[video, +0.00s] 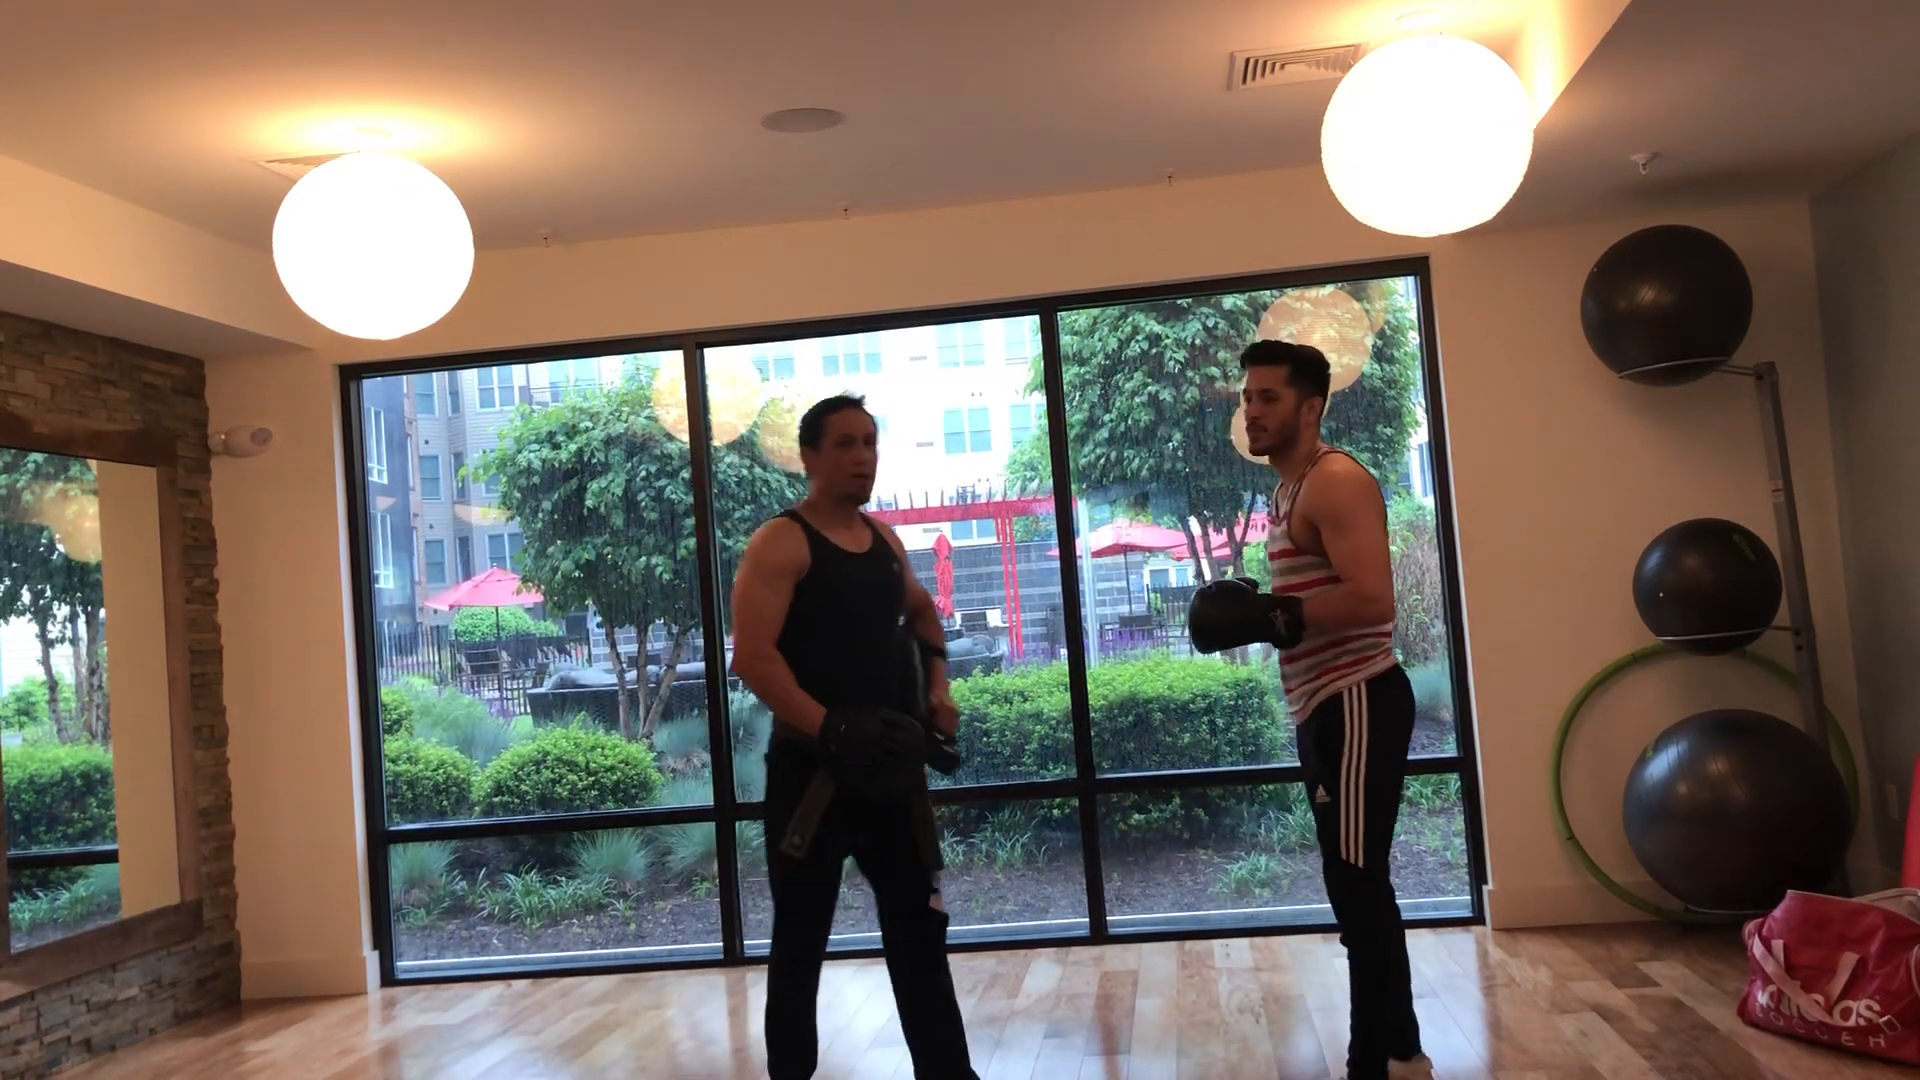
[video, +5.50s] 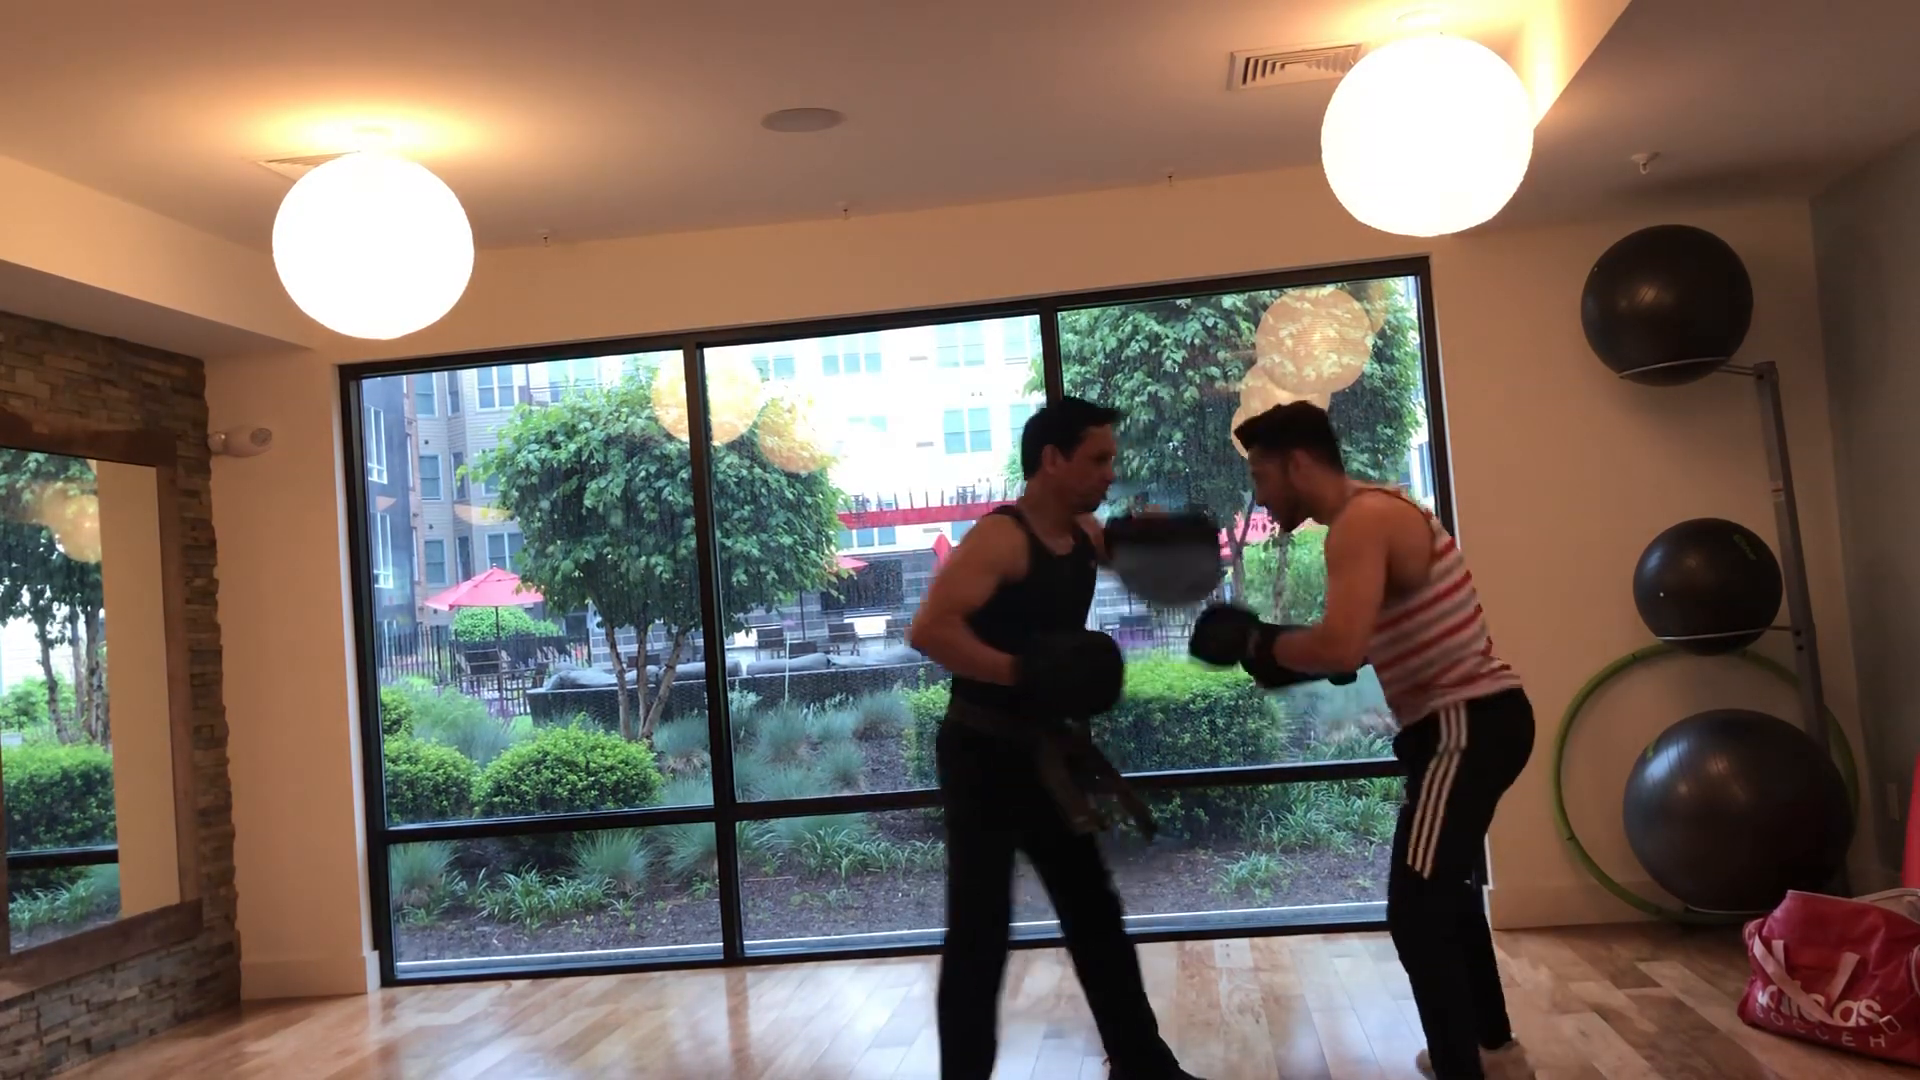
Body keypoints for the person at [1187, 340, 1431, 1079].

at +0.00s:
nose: (1252, 411)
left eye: (1268, 397)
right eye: (1248, 398)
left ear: (1311, 405)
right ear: (1251, 405)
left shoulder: (1338, 480)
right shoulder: (1293, 488)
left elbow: (1374, 602)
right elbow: (1321, 596)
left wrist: (1273, 615)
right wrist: (1255, 609)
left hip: (1360, 698)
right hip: (1328, 701)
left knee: (1356, 883)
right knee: (1354, 881)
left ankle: (1371, 1064)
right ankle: (1399, 1045)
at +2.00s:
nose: (1237, 413)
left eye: (1245, 398)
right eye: (1238, 399)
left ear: (1283, 397)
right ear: (1291, 400)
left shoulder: (1337, 475)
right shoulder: (1321, 478)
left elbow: (1354, 603)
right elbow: (1337, 597)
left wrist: (1263, 613)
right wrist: (1261, 608)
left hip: (1365, 698)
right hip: (1343, 699)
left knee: (1370, 879)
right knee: (1348, 874)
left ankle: (1402, 1062)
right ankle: (1432, 1041)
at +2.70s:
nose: (1232, 483)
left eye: (1234, 465)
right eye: (1227, 468)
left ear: (1270, 450)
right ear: (1286, 448)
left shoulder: (1297, 496)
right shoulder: (1368, 476)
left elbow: (1331, 597)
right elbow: (1355, 603)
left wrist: (1262, 626)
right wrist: (1265, 585)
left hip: (1408, 698)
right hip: (1461, 686)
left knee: (1364, 893)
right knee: (1427, 870)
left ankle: (1388, 1068)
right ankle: (1465, 1037)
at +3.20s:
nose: (1229, 540)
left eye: (1234, 520)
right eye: (1226, 523)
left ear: (1277, 514)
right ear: (1283, 514)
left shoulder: (1352, 578)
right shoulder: (1346, 566)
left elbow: (1294, 708)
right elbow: (1299, 686)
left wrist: (1243, 627)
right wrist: (1251, 634)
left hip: (1483, 759)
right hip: (1455, 757)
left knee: (1389, 934)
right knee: (1407, 924)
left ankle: (1431, 1072)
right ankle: (1474, 1058)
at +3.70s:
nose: (1258, 505)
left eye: (1260, 483)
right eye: (1251, 490)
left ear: (1305, 463)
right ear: (1316, 468)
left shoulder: (1336, 523)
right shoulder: (1388, 506)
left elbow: (1351, 628)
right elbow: (1385, 632)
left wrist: (1260, 652)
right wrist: (1296, 618)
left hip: (1456, 728)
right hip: (1487, 718)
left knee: (1427, 912)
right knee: (1445, 900)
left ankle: (1452, 1069)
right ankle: (1483, 1051)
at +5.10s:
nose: (1269, 554)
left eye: (1274, 539)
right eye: (1268, 539)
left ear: (1315, 535)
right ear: (1320, 533)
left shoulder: (1414, 601)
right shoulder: (1359, 580)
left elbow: (1349, 731)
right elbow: (1383, 662)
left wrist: (1293, 646)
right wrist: (1320, 702)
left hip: (1508, 752)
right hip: (1458, 750)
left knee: (1414, 919)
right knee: (1427, 914)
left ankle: (1458, 1075)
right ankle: (1547, 1038)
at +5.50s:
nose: (1258, 495)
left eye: (1259, 476)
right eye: (1254, 480)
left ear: (1298, 462)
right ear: (1308, 463)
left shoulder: (1360, 522)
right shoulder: (1376, 509)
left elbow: (1342, 650)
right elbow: (1370, 644)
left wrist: (1260, 643)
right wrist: (1292, 654)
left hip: (1464, 723)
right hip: (1466, 717)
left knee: (1415, 910)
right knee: (1447, 893)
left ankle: (1457, 1067)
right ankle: (1493, 1044)